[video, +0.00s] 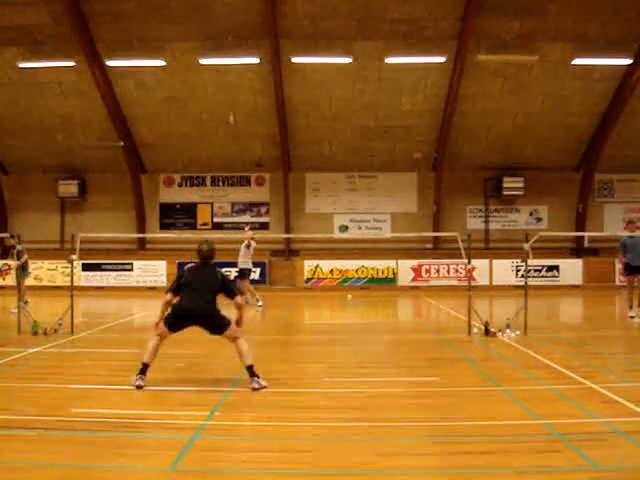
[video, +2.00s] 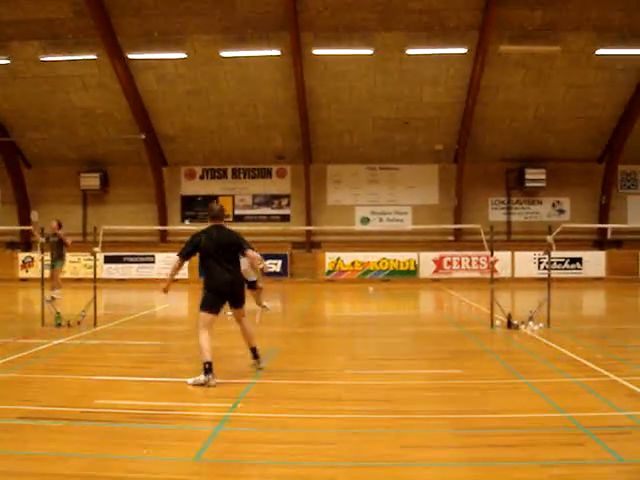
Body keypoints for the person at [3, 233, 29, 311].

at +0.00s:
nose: (7, 243)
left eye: (9, 240)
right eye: (7, 241)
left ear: (14, 240)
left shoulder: (20, 248)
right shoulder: (13, 250)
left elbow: (25, 257)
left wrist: (19, 263)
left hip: (23, 269)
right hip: (19, 269)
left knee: (21, 287)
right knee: (19, 286)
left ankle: (20, 304)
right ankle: (24, 299)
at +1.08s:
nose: (15, 238)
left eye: (17, 236)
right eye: (15, 236)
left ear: (23, 237)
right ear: (16, 237)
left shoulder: (27, 246)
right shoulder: (18, 245)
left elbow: (33, 252)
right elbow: (9, 248)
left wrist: (28, 260)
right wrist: (3, 251)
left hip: (31, 267)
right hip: (26, 266)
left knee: (28, 284)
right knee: (27, 284)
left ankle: (29, 302)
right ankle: (32, 298)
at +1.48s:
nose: (26, 235)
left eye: (27, 233)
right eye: (25, 233)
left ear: (32, 234)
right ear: (24, 235)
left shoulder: (36, 243)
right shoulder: (26, 243)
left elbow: (42, 250)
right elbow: (17, 245)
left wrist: (37, 255)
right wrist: (8, 249)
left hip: (39, 265)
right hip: (34, 265)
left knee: (35, 283)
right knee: (34, 283)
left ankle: (35, 302)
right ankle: (40, 296)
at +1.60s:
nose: (33, 234)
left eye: (35, 231)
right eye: (32, 231)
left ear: (39, 232)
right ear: (31, 232)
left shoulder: (44, 240)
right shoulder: (32, 241)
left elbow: (52, 248)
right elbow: (24, 245)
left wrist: (44, 252)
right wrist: (14, 247)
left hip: (46, 263)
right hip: (40, 263)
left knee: (40, 280)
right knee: (39, 279)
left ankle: (41, 301)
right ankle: (47, 294)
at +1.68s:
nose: (41, 233)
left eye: (43, 231)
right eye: (41, 231)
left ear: (48, 232)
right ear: (41, 232)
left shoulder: (52, 241)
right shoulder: (43, 241)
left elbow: (61, 249)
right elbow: (36, 247)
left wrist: (51, 250)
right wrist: (26, 246)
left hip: (54, 264)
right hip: (49, 263)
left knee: (45, 280)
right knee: (45, 279)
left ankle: (47, 300)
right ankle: (54, 293)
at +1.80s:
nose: (50, 234)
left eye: (52, 232)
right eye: (50, 232)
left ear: (56, 233)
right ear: (49, 234)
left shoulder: (60, 242)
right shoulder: (50, 242)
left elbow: (66, 250)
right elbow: (44, 240)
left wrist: (56, 246)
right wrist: (39, 232)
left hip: (57, 264)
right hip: (50, 264)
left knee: (48, 279)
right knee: (46, 279)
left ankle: (49, 299)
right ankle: (54, 294)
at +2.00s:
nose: (52, 227)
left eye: (54, 225)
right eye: (51, 225)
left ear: (58, 226)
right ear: (51, 226)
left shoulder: (60, 236)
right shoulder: (50, 237)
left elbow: (68, 244)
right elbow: (41, 239)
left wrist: (61, 236)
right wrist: (34, 232)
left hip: (60, 257)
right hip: (53, 258)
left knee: (56, 274)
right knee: (52, 276)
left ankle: (58, 291)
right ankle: (52, 292)